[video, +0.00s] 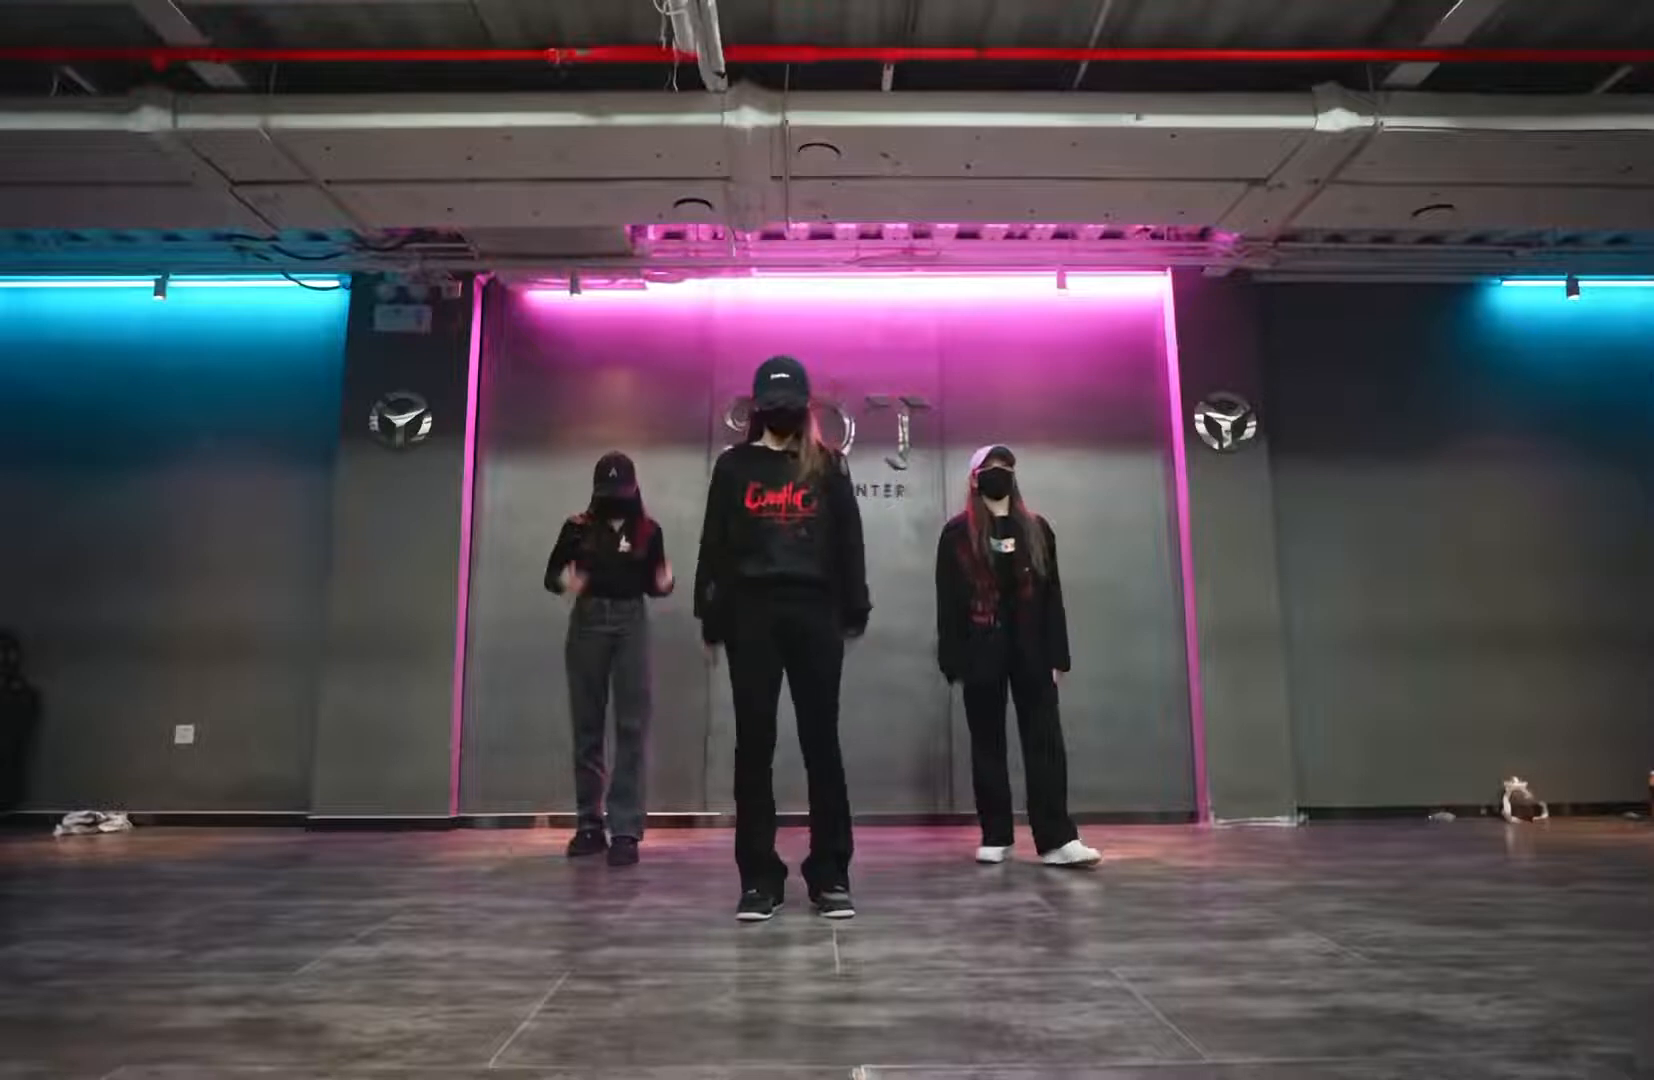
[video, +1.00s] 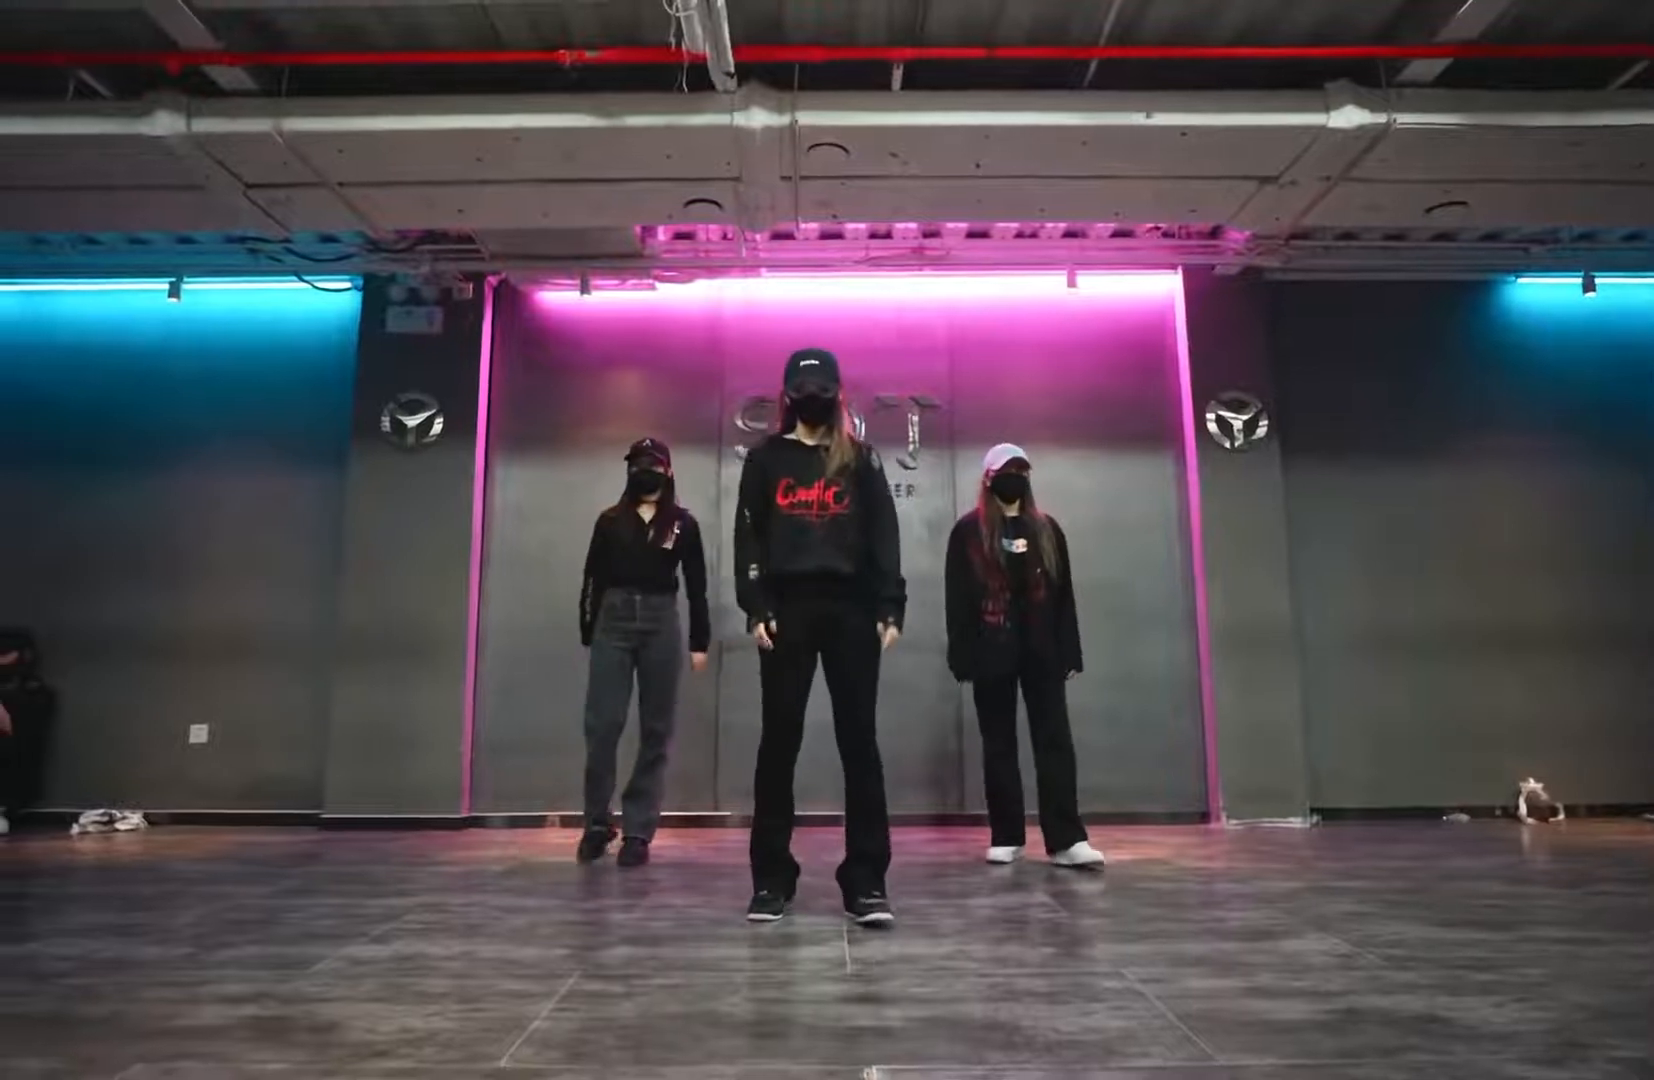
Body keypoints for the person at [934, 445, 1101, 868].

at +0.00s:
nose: (998, 477)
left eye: (1005, 470)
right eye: (989, 471)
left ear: (1015, 476)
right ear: (975, 479)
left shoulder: (1037, 528)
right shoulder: (957, 533)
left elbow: (1052, 596)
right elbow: (948, 601)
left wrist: (1059, 654)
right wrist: (951, 660)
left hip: (1031, 652)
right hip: (981, 656)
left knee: (1045, 743)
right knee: (988, 747)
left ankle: (1057, 840)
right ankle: (995, 839)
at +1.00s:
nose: (1013, 482)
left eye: (1020, 474)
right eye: (1005, 475)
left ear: (1027, 478)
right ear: (988, 479)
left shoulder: (1047, 529)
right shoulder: (968, 531)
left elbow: (1064, 595)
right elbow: (957, 598)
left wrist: (1071, 650)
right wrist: (961, 656)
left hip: (1043, 652)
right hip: (991, 656)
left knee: (1055, 744)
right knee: (999, 746)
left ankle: (1067, 840)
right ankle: (1005, 839)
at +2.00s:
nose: (1041, 476)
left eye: (1047, 468)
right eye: (1032, 469)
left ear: (1056, 473)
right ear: (1017, 475)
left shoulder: (1077, 524)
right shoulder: (996, 526)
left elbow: (1093, 592)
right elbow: (986, 594)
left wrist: (1100, 649)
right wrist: (988, 651)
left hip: (1069, 656)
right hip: (1015, 657)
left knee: (1067, 749)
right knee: (1016, 749)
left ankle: (1064, 838)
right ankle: (1012, 840)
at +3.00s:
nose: (1031, 482)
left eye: (1036, 475)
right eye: (1023, 475)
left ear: (1044, 479)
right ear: (1006, 479)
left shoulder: (1062, 529)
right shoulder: (983, 530)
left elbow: (1079, 594)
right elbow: (971, 596)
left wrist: (1083, 649)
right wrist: (972, 654)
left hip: (1055, 656)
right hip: (1002, 657)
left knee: (1062, 746)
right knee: (1008, 749)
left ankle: (1062, 837)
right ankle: (1012, 838)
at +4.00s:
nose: (1024, 509)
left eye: (1030, 501)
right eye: (1014, 502)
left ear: (1039, 505)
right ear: (997, 507)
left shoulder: (1059, 556)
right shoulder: (974, 562)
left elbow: (1079, 613)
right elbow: (940, 614)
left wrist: (1054, 612)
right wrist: (885, 619)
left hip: (1046, 670)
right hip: (990, 674)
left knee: (1090, 755)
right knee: (968, 757)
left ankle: (1091, 835)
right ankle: (931, 857)